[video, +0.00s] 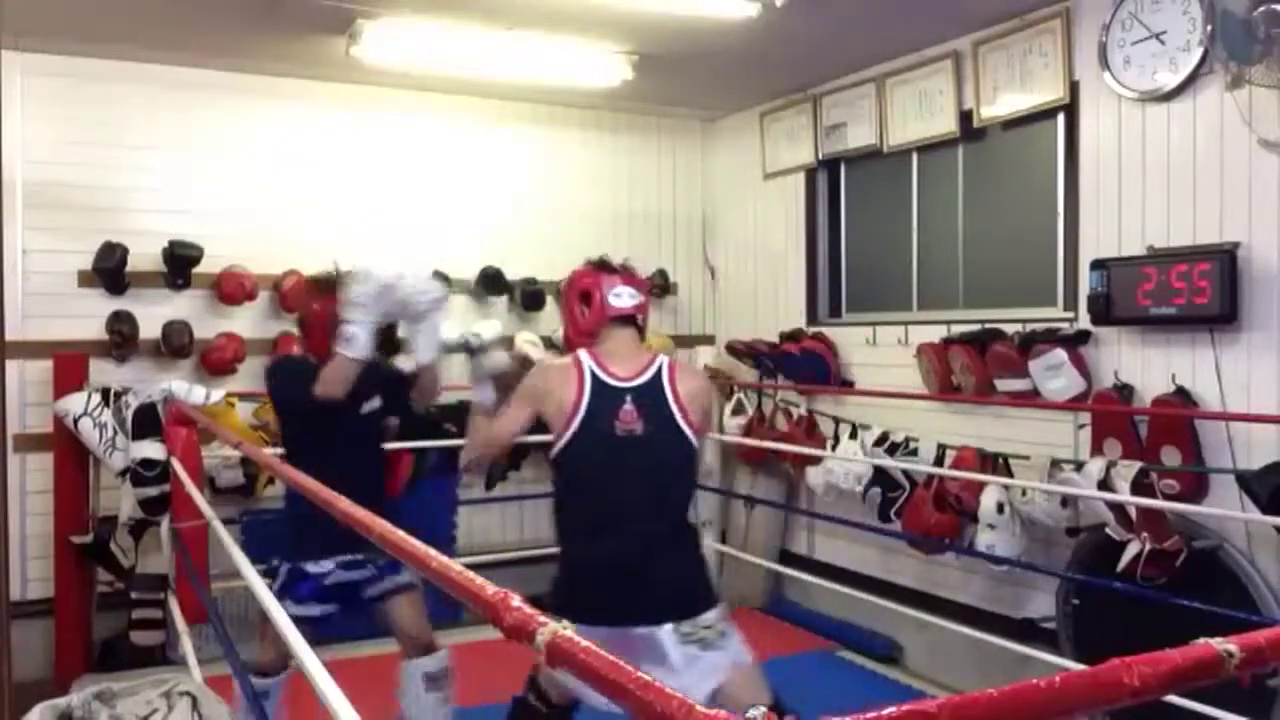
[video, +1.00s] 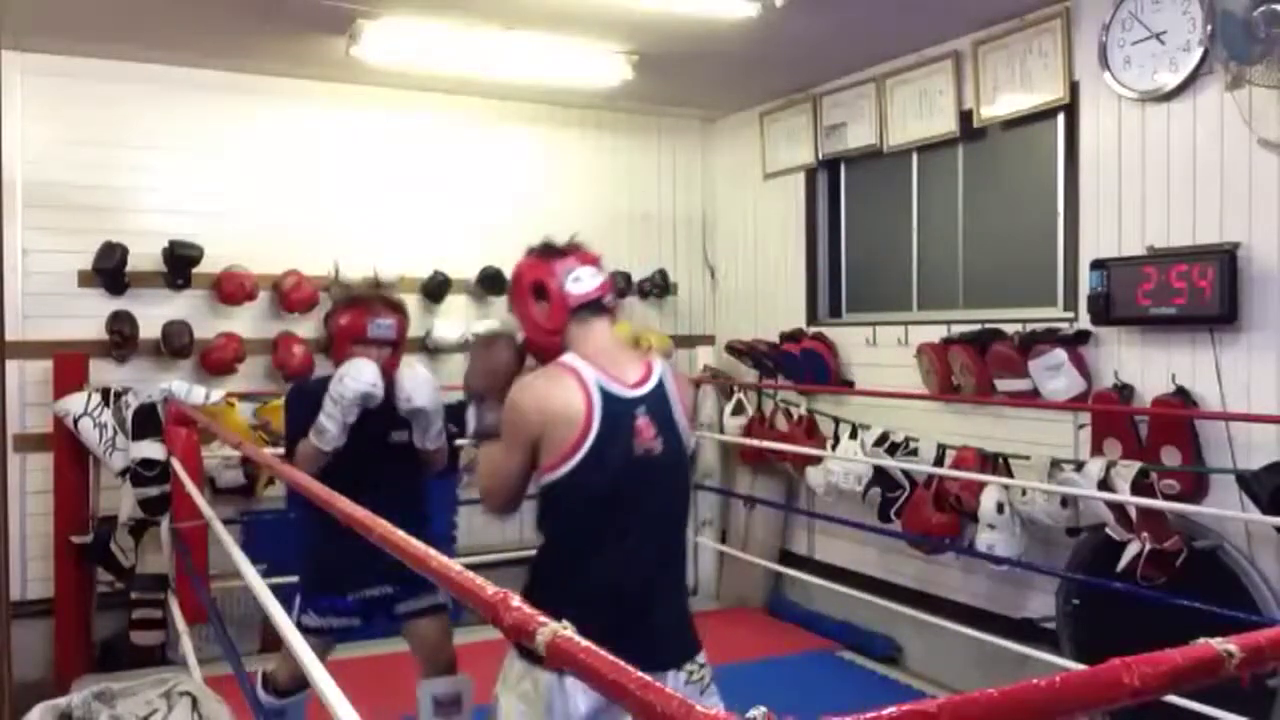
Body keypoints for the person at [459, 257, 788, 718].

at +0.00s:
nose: (565, 323)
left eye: (568, 311)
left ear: (580, 313)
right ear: (643, 315)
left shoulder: (553, 378)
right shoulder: (691, 381)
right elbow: (695, 440)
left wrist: (488, 390)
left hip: (589, 594)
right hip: (678, 591)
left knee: (542, 704)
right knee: (760, 708)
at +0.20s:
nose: (579, 321)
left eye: (584, 307)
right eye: (580, 308)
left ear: (601, 307)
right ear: (663, 313)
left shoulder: (567, 382)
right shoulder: (709, 393)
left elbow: (508, 488)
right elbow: (693, 460)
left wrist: (523, 408)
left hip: (576, 629)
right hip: (672, 630)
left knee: (547, 708)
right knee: (683, 713)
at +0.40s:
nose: (597, 270)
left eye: (601, 257)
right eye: (600, 258)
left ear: (614, 260)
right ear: (683, 266)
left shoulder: (574, 337)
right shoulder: (731, 353)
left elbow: (523, 446)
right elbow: (728, 465)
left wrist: (581, 428)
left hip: (585, 581)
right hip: (682, 586)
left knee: (566, 707)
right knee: (684, 710)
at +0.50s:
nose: (596, 301)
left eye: (600, 288)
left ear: (615, 289)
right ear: (687, 290)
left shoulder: (572, 368)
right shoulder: (738, 382)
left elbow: (524, 485)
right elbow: (739, 504)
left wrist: (585, 462)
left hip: (584, 623)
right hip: (690, 628)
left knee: (569, 709)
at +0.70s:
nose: (583, 309)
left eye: (585, 294)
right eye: (582, 296)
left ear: (604, 289)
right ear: (674, 288)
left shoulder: (569, 368)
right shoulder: (732, 380)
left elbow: (527, 497)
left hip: (588, 649)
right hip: (692, 648)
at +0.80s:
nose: (565, 296)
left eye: (565, 281)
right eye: (563, 284)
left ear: (584, 272)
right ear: (652, 268)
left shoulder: (564, 351)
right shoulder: (716, 358)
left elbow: (522, 473)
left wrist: (527, 373)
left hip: (579, 617)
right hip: (682, 616)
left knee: (534, 697)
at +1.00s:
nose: (525, 325)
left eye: (526, 311)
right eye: (522, 313)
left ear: (544, 306)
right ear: (608, 295)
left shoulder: (539, 392)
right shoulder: (670, 376)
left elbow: (498, 496)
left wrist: (491, 399)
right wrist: (558, 366)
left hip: (567, 650)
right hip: (664, 640)